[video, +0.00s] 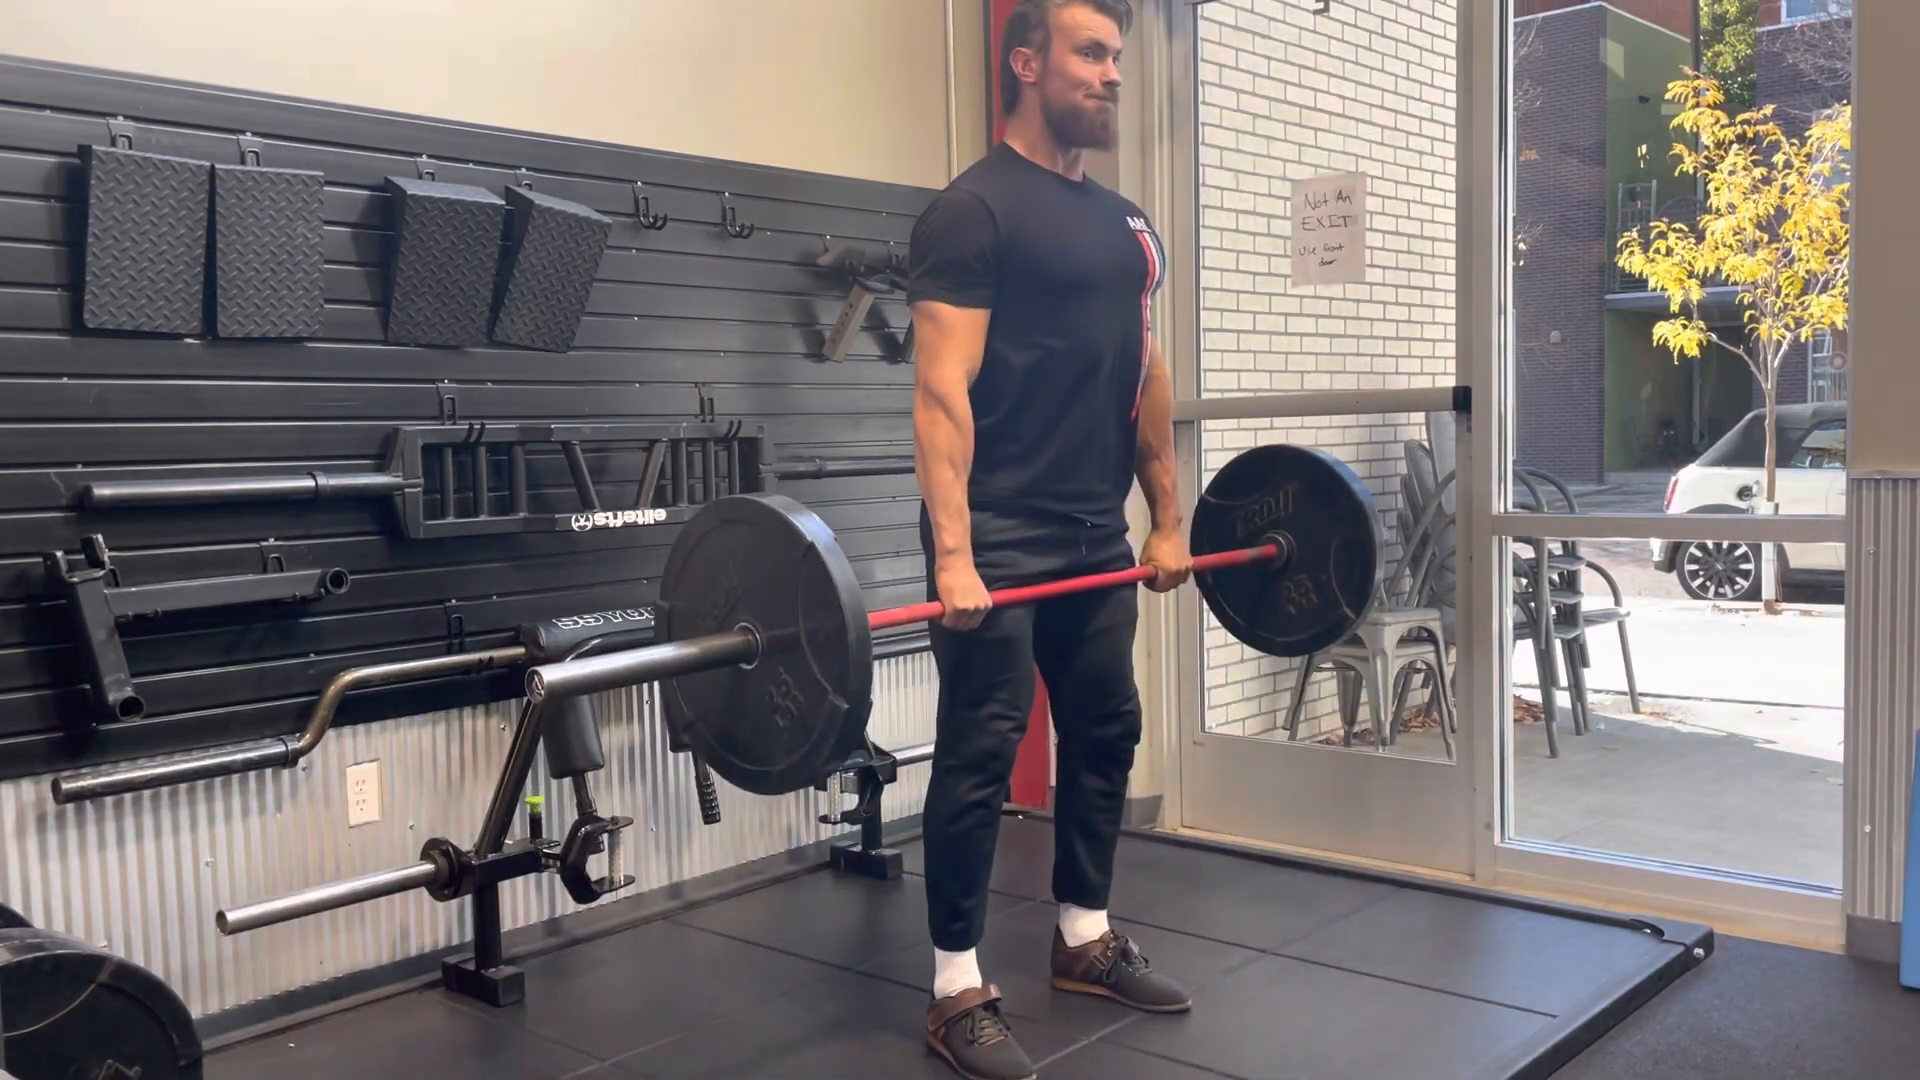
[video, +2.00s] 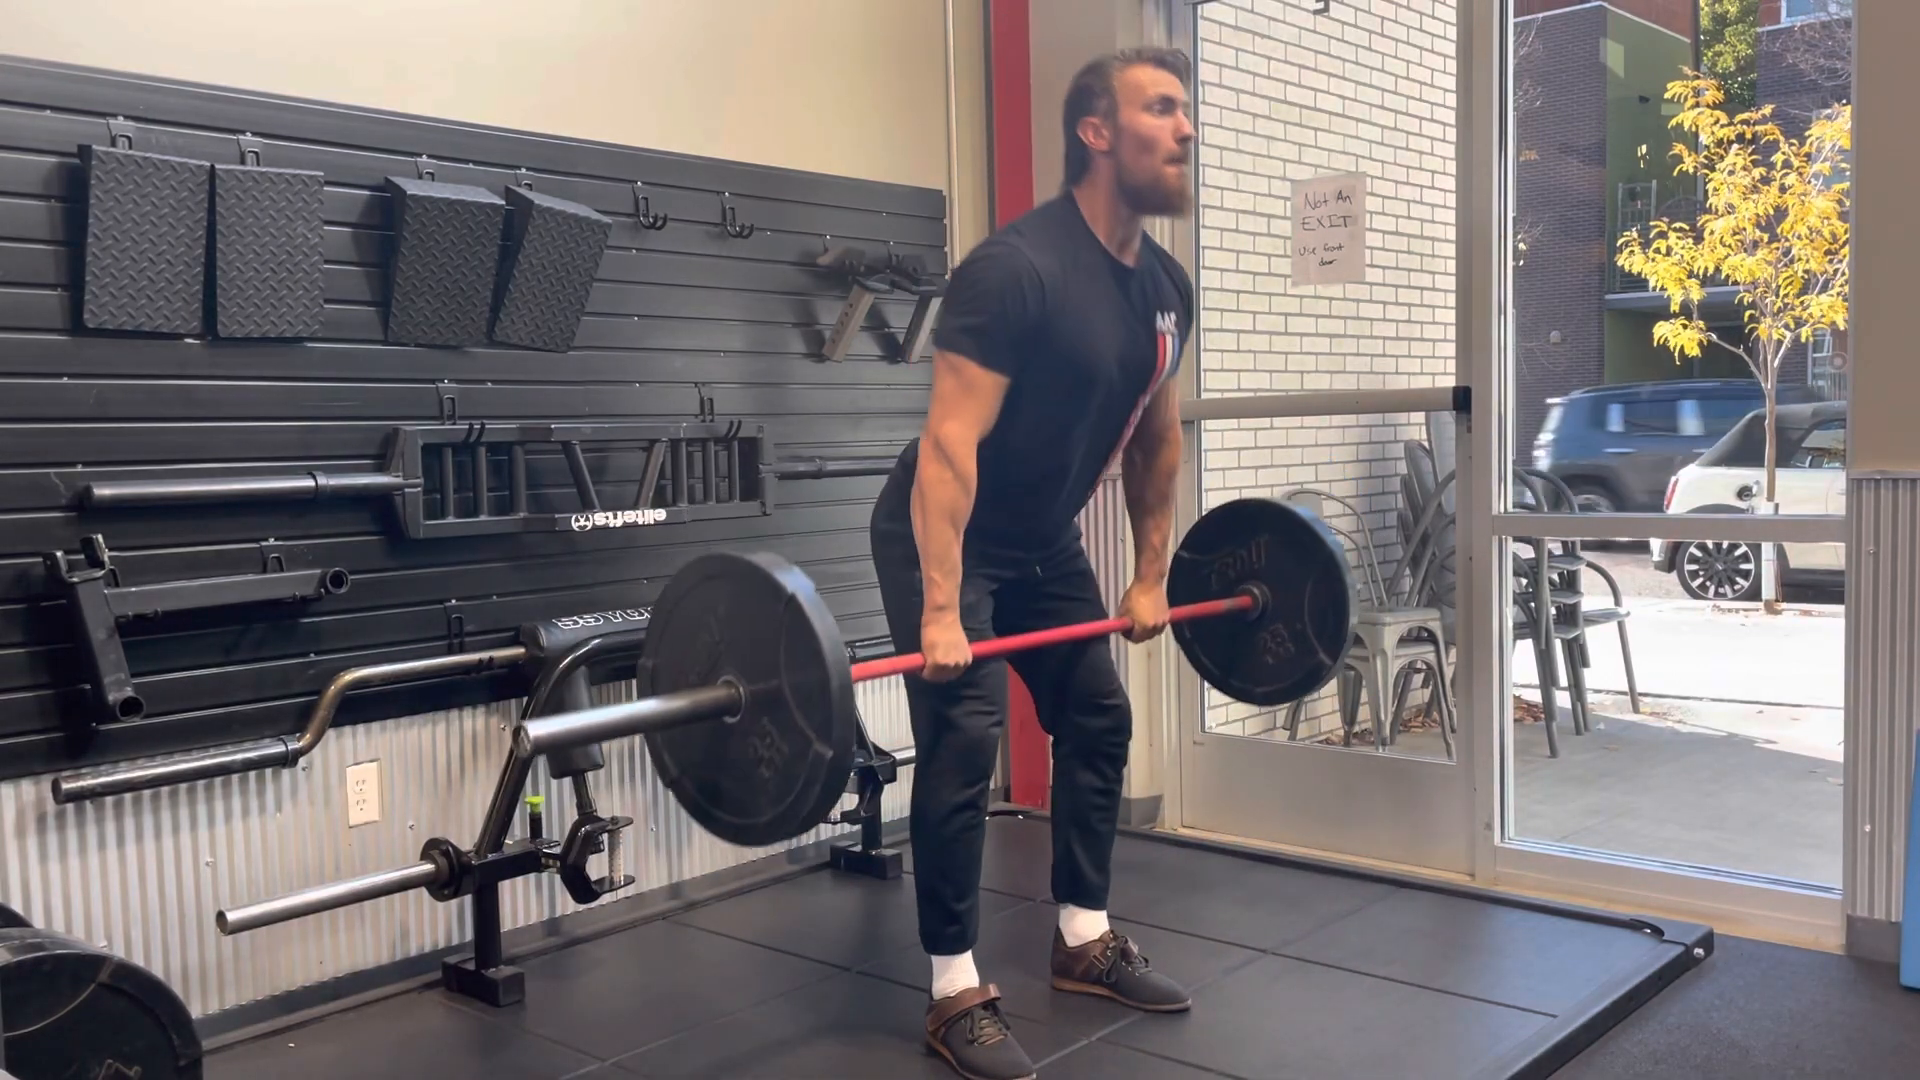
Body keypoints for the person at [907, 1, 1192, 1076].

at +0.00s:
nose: (1113, 76)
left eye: (1117, 58)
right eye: (1092, 53)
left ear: (1111, 74)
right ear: (1022, 63)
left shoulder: (1127, 223)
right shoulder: (969, 210)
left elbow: (1145, 379)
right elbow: (940, 399)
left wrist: (1168, 516)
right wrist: (952, 553)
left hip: (1094, 529)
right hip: (991, 534)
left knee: (1103, 733)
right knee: (982, 750)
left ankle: (1084, 939)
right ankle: (956, 987)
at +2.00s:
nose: (1188, 131)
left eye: (1188, 114)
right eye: (1163, 110)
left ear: (1168, 141)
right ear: (1094, 133)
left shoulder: (1165, 285)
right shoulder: (1009, 268)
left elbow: (1155, 439)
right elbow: (946, 446)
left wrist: (1150, 575)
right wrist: (943, 607)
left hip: (1043, 535)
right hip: (944, 535)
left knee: (1098, 721)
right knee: (965, 739)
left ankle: (1083, 938)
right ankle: (954, 988)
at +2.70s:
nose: (1132, 240)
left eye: (1133, 223)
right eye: (1108, 222)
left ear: (1130, 245)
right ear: (1044, 243)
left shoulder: (1117, 383)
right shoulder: (971, 378)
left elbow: (1121, 527)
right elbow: (931, 556)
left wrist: (1197, 453)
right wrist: (1017, 458)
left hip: (1053, 633)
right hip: (942, 632)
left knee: (1200, 747)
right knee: (993, 796)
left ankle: (1113, 937)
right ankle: (944, 1000)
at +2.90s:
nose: (1117, 374)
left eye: (1120, 357)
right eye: (1096, 355)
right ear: (1033, 366)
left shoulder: (1137, 496)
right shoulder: (989, 500)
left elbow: (1274, 562)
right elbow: (1060, 575)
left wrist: (1220, 449)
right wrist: (1040, 436)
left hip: (1050, 726)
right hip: (934, 729)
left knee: (1214, 754)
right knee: (999, 824)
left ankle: (1114, 938)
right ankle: (948, 1002)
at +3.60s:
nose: (1116, 291)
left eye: (1121, 275)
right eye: (1096, 273)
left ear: (1120, 287)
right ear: (1034, 281)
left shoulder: (1134, 403)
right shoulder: (991, 391)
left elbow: (1282, 451)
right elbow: (1054, 458)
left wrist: (1201, 344)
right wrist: (1036, 324)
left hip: (1061, 662)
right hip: (951, 664)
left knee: (1216, 752)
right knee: (996, 816)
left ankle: (1114, 937)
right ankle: (948, 999)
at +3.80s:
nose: (1108, 172)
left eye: (1114, 154)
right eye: (1087, 151)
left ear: (1111, 174)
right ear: (1023, 161)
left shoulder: (1137, 287)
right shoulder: (982, 278)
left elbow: (1280, 326)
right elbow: (1052, 308)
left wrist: (1190, 226)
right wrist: (1020, 193)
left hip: (1074, 581)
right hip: (966, 586)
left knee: (1193, 739)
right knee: (999, 778)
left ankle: (1111, 938)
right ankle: (947, 998)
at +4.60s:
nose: (1104, 87)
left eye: (1110, 71)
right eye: (1085, 67)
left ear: (1110, 88)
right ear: (1020, 72)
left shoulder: (1124, 207)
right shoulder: (977, 192)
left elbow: (1217, 313)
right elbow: (1008, 297)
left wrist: (1204, 194)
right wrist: (1008, 147)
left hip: (1108, 519)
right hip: (1005, 516)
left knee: (1116, 732)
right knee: (985, 746)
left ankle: (1104, 936)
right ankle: (945, 993)